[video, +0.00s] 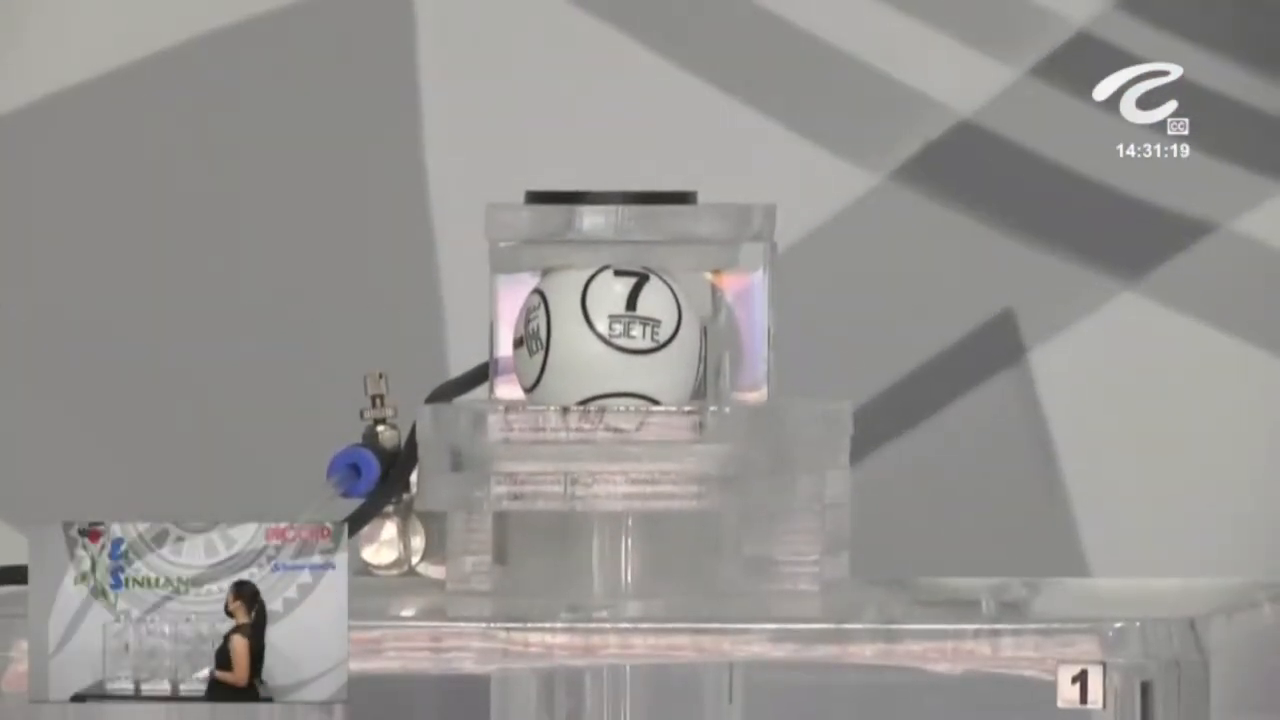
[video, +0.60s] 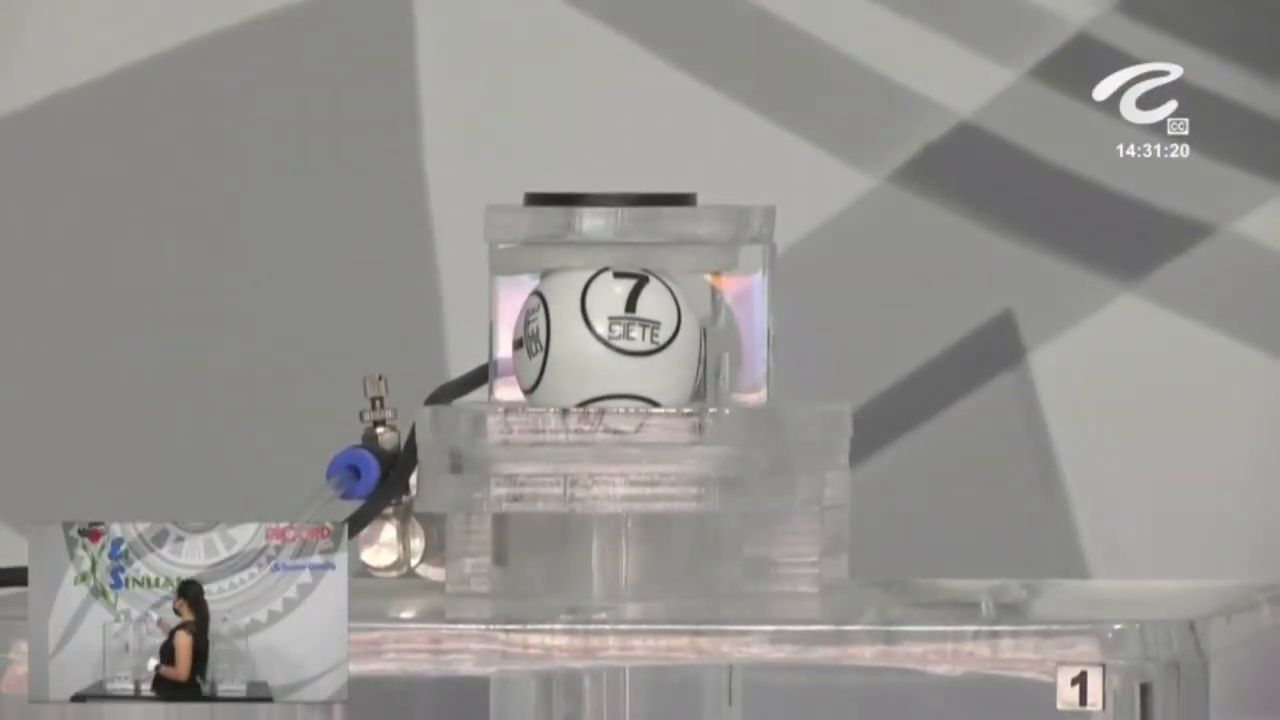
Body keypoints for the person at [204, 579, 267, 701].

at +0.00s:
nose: (226, 601)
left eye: (229, 597)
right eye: (227, 597)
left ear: (238, 602)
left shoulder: (238, 636)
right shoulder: (254, 631)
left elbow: (240, 679)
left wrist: (213, 674)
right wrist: (216, 671)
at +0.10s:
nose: (215, 600)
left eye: (217, 596)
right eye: (216, 595)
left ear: (225, 601)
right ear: (239, 602)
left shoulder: (224, 634)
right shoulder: (243, 631)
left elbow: (222, 677)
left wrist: (199, 671)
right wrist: (205, 669)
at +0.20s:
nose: (205, 599)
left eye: (208, 595)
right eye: (207, 595)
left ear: (214, 600)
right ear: (230, 600)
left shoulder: (212, 632)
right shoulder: (234, 630)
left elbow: (208, 674)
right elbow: (227, 671)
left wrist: (189, 667)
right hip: (228, 696)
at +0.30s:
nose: (194, 602)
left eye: (196, 597)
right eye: (195, 597)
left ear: (203, 600)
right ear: (217, 601)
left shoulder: (199, 632)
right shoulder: (222, 631)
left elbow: (194, 674)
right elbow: (215, 671)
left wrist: (176, 667)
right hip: (216, 695)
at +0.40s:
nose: (189, 603)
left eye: (191, 599)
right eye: (191, 598)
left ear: (197, 601)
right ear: (212, 602)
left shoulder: (195, 633)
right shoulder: (216, 631)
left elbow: (188, 675)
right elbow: (209, 672)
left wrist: (169, 667)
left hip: (189, 699)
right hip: (210, 697)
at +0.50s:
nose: (181, 603)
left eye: (183, 599)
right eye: (182, 599)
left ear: (188, 602)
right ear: (204, 603)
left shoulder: (189, 634)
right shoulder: (207, 632)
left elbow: (183, 675)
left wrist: (163, 668)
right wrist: (174, 637)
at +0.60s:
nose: (174, 602)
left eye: (176, 598)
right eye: (176, 598)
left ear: (182, 601)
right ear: (196, 601)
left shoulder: (182, 633)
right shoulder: (199, 629)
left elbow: (182, 674)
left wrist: (158, 668)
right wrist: (165, 628)